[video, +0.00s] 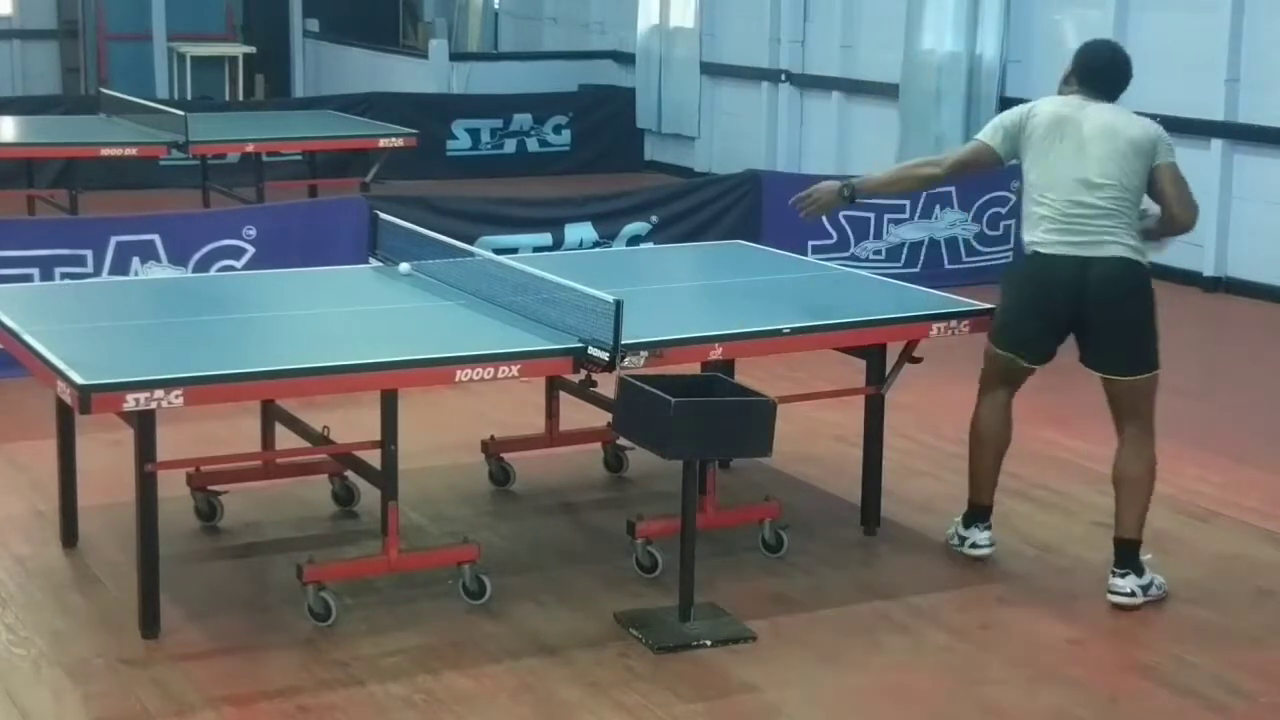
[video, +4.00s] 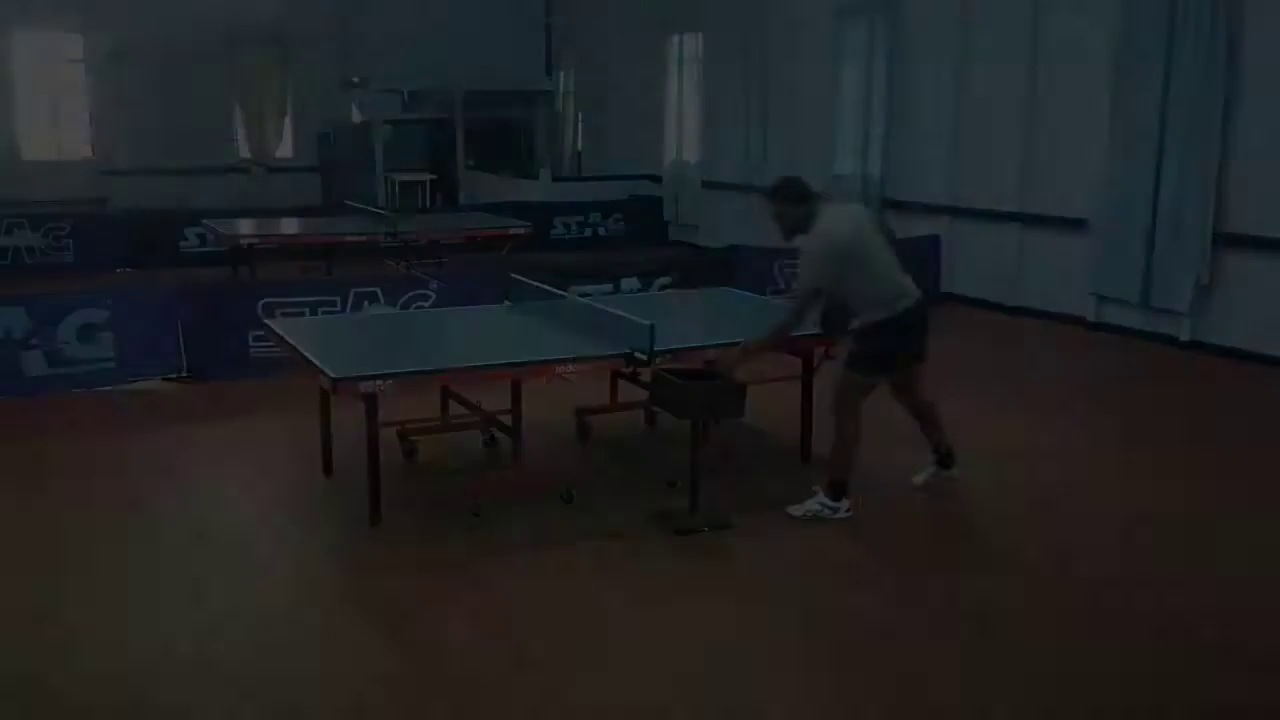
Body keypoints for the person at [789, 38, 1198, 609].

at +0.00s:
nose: (1060, 80)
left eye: (1064, 72)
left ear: (1070, 75)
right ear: (1119, 90)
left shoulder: (1031, 115)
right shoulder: (1145, 131)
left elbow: (943, 169)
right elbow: (1182, 216)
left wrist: (849, 190)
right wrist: (1141, 233)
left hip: (1041, 276)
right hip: (1120, 283)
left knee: (998, 387)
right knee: (1135, 425)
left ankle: (977, 524)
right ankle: (1127, 570)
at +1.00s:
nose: (1017, 45)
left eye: (1027, 37)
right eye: (1017, 36)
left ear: (1060, 43)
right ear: (1030, 44)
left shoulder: (1101, 103)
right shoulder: (1020, 106)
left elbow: (1155, 171)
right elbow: (1026, 172)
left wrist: (1098, 206)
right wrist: (1008, 180)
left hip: (1106, 242)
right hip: (1048, 241)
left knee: (1093, 358)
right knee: (1012, 333)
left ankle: (1159, 481)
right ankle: (1047, 430)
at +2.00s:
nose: (1080, 98)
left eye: (1091, 91)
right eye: (1081, 89)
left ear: (1125, 99)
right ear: (1092, 97)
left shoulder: (1167, 153)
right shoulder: (1086, 155)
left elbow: (1216, 227)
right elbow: (1083, 218)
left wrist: (1137, 245)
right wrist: (1044, 234)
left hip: (1183, 281)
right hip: (1124, 281)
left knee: (1171, 395)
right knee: (1070, 366)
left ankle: (1246, 503)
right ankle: (1071, 440)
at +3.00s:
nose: (1040, 39)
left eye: (1048, 25)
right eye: (1035, 28)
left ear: (1087, 17)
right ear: (1042, 28)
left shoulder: (1135, 87)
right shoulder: (1057, 87)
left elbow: (1162, 184)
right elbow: (1075, 176)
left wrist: (1062, 188)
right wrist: (1030, 203)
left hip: (1112, 263)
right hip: (1053, 261)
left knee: (1117, 397)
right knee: (1010, 386)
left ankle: (1136, 532)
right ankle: (1056, 515)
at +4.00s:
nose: (778, 224)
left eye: (780, 215)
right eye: (776, 216)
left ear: (795, 208)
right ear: (806, 201)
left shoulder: (820, 241)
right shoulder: (849, 213)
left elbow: (799, 311)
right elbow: (886, 247)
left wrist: (747, 352)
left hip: (882, 322)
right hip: (908, 309)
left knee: (846, 400)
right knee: (907, 389)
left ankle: (835, 496)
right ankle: (945, 460)